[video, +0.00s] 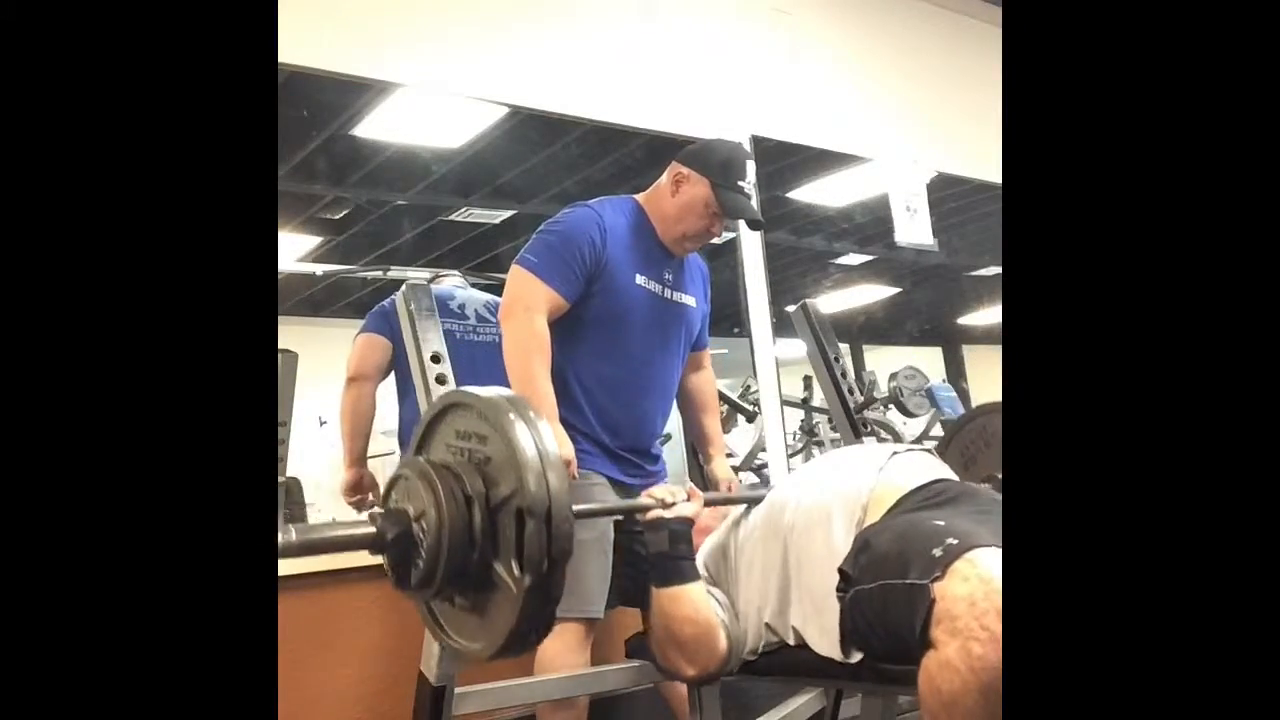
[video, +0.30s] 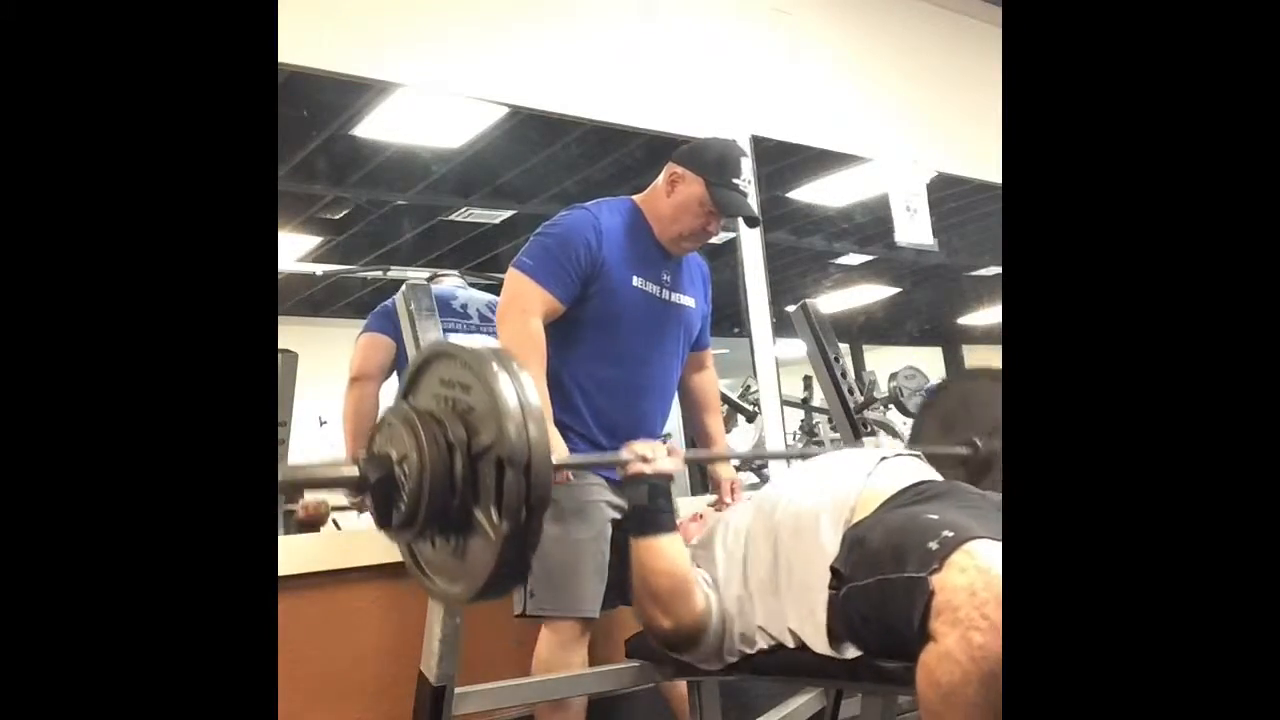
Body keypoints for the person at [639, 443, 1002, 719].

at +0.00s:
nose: (697, 495)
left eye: (693, 491)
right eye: (681, 503)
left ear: (715, 497)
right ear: (685, 543)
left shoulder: (776, 506)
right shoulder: (713, 582)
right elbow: (690, 664)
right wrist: (666, 540)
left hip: (964, 492)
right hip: (881, 534)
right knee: (986, 597)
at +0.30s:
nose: (693, 514)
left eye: (694, 508)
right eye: (681, 525)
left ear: (714, 504)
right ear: (675, 549)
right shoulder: (713, 612)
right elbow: (671, 619)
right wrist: (649, 497)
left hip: (933, 486)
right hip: (873, 527)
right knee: (986, 593)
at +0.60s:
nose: (685, 517)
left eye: (682, 509)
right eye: (669, 525)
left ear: (698, 506)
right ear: (652, 562)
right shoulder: (691, 604)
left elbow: (899, 487)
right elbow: (655, 563)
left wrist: (885, 427)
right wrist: (636, 434)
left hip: (947, 497)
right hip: (866, 531)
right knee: (983, 591)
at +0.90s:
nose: (699, 503)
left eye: (697, 497)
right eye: (685, 508)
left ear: (714, 499)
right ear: (672, 541)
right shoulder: (698, 584)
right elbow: (677, 636)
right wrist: (657, 514)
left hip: (942, 488)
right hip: (871, 529)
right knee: (983, 604)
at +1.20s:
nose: (697, 497)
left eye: (694, 489)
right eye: (682, 503)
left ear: (714, 493)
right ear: (683, 537)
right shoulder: (709, 580)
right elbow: (685, 655)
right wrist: (660, 529)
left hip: (955, 488)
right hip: (876, 528)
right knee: (985, 597)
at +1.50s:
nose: (683, 512)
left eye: (679, 507)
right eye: (664, 519)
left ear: (693, 509)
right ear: (644, 579)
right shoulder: (692, 606)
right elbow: (658, 566)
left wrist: (891, 441)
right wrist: (637, 442)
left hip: (944, 496)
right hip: (861, 537)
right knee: (979, 590)